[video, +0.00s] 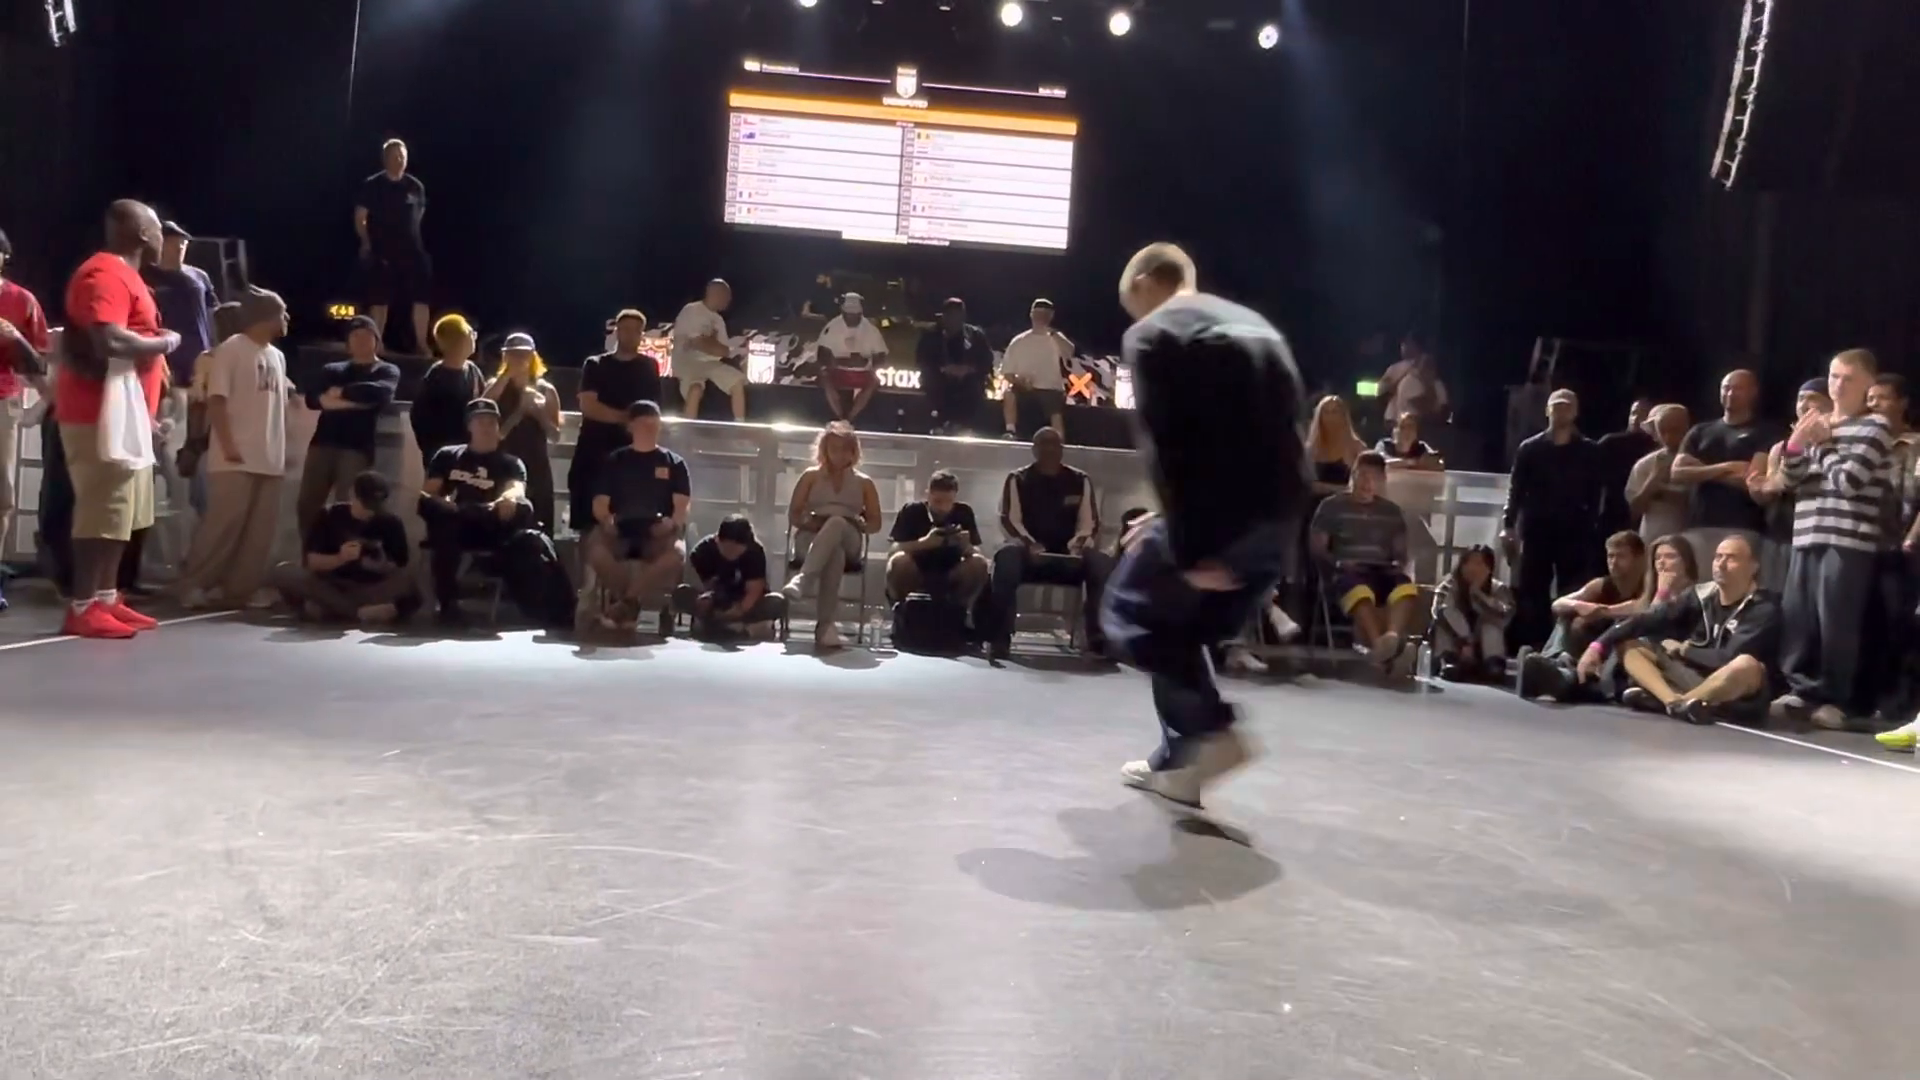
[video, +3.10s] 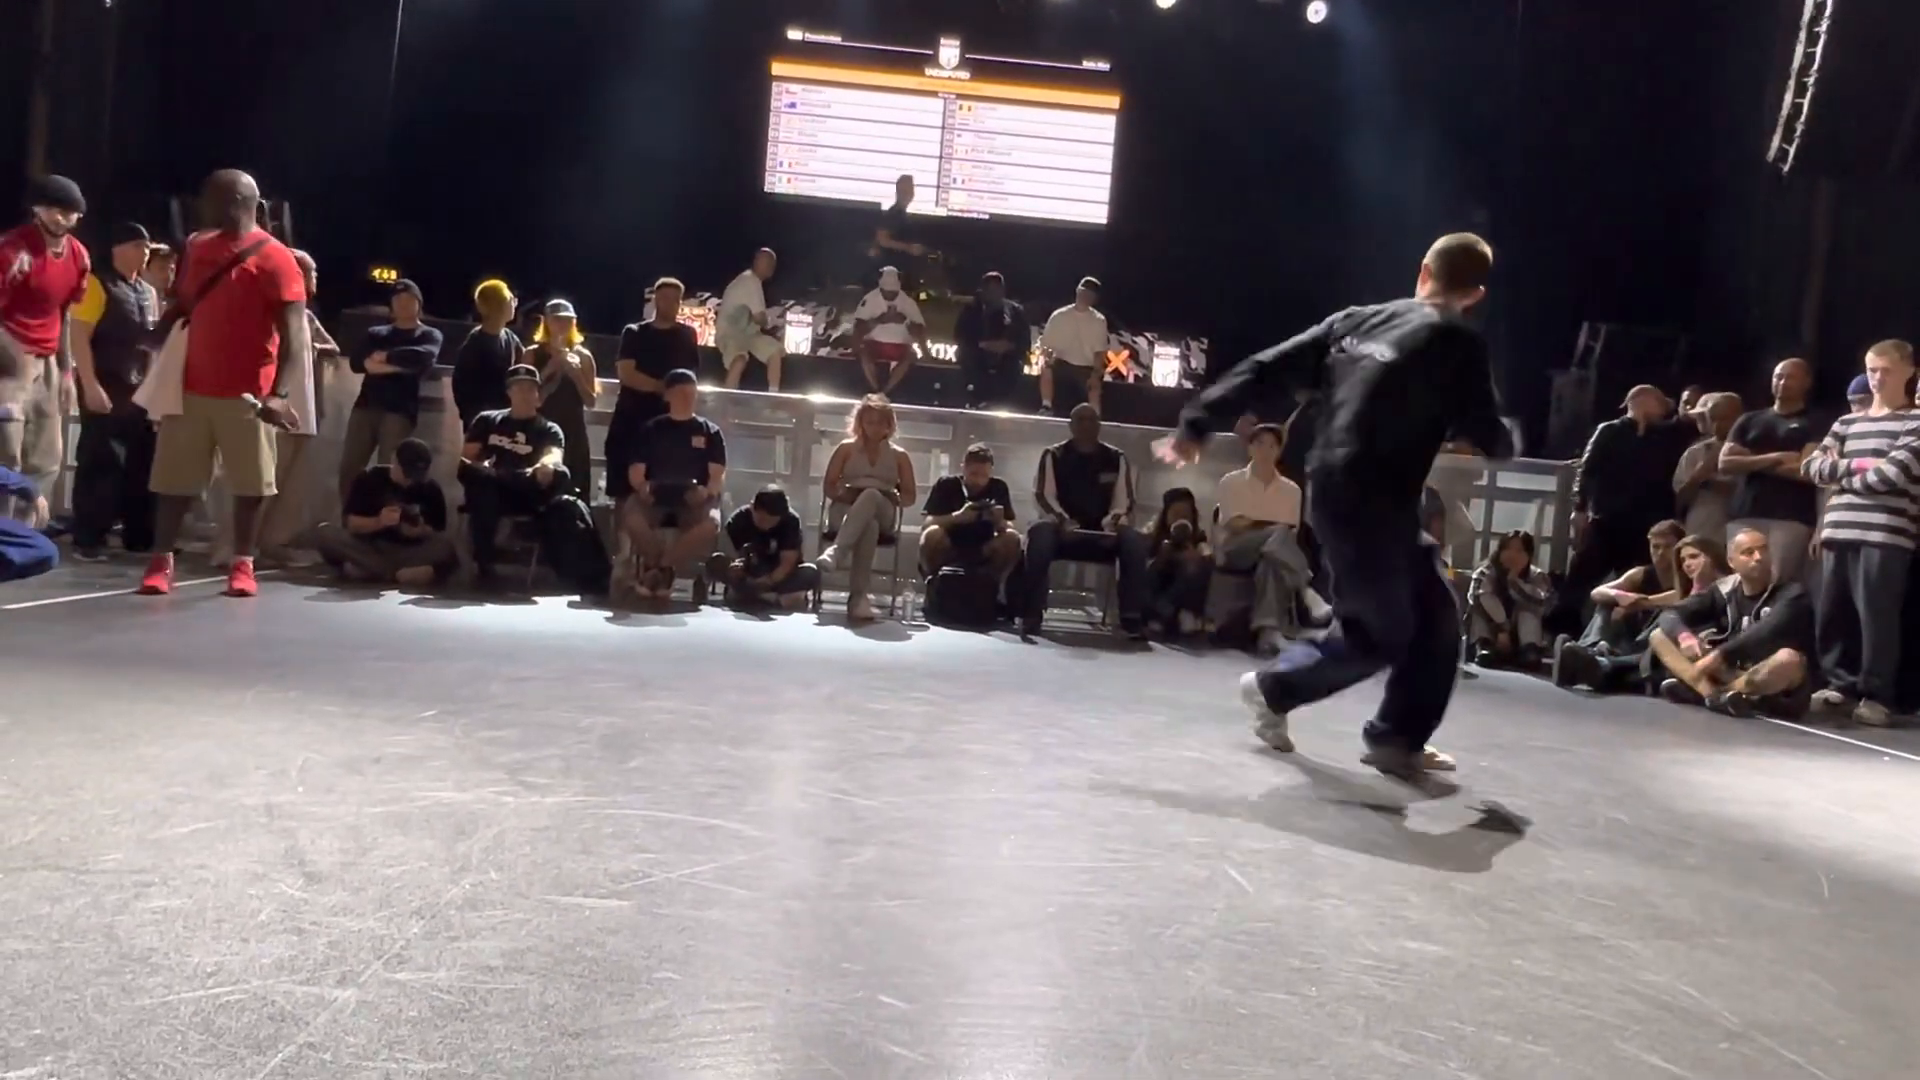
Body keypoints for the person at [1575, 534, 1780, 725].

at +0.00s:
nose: (1719, 564)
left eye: (1730, 559)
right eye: (1717, 558)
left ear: (1753, 568)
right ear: (1713, 562)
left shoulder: (1765, 608)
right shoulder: (1701, 594)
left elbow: (1727, 659)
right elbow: (1651, 620)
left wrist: (1681, 649)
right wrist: (1599, 646)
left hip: (1739, 695)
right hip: (1696, 681)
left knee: (1747, 666)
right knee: (1630, 648)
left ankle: (1681, 703)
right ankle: (1673, 703)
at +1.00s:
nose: (1715, 567)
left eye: (1724, 559)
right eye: (1711, 561)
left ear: (1748, 562)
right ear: (1707, 567)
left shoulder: (1772, 602)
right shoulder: (1705, 598)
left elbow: (1758, 648)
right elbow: (1659, 623)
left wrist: (1710, 654)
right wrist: (1612, 651)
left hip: (1762, 692)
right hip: (1716, 682)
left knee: (1766, 665)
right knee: (1646, 650)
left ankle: (1696, 703)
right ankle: (1694, 704)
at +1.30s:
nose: (1721, 562)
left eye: (1730, 555)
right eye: (1716, 557)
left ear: (1753, 559)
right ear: (1712, 563)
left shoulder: (1778, 600)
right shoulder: (1709, 596)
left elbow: (1792, 642)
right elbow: (1662, 620)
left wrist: (1735, 655)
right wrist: (1616, 647)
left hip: (1764, 685)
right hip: (1719, 679)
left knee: (1773, 662)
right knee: (1650, 647)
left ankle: (1705, 699)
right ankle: (1700, 700)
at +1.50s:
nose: (1725, 560)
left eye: (1734, 553)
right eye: (1721, 555)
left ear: (1757, 558)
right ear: (1717, 562)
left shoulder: (1781, 598)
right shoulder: (1712, 596)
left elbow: (1812, 633)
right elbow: (1666, 620)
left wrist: (1757, 642)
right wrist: (1620, 646)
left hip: (1770, 689)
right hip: (1724, 678)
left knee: (1775, 661)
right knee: (1654, 647)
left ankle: (1704, 700)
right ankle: (1704, 699)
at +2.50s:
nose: (1761, 557)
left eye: (1766, 549)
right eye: (1751, 551)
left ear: (1773, 555)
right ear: (1736, 561)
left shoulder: (1794, 594)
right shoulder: (1724, 592)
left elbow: (1795, 631)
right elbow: (1677, 615)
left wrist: (1767, 654)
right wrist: (1635, 640)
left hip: (1775, 671)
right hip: (1731, 669)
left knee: (1792, 663)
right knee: (1666, 642)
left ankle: (1717, 695)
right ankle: (1712, 696)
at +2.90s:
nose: (1762, 559)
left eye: (1765, 552)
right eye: (1752, 554)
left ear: (1771, 553)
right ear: (1732, 562)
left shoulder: (1793, 590)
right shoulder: (1721, 591)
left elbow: (1795, 628)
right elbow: (1671, 614)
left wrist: (1754, 656)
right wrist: (1658, 633)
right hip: (1729, 667)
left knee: (1793, 661)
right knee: (1663, 643)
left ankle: (1718, 694)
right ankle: (1714, 694)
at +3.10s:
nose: (1758, 558)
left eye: (1762, 550)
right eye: (1748, 552)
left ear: (1770, 554)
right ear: (1732, 561)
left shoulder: (1792, 593)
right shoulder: (1722, 591)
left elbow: (1768, 633)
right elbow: (1669, 616)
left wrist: (1717, 655)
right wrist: (1685, 638)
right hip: (1728, 674)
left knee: (1789, 659)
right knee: (1658, 637)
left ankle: (1717, 694)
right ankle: (1713, 694)